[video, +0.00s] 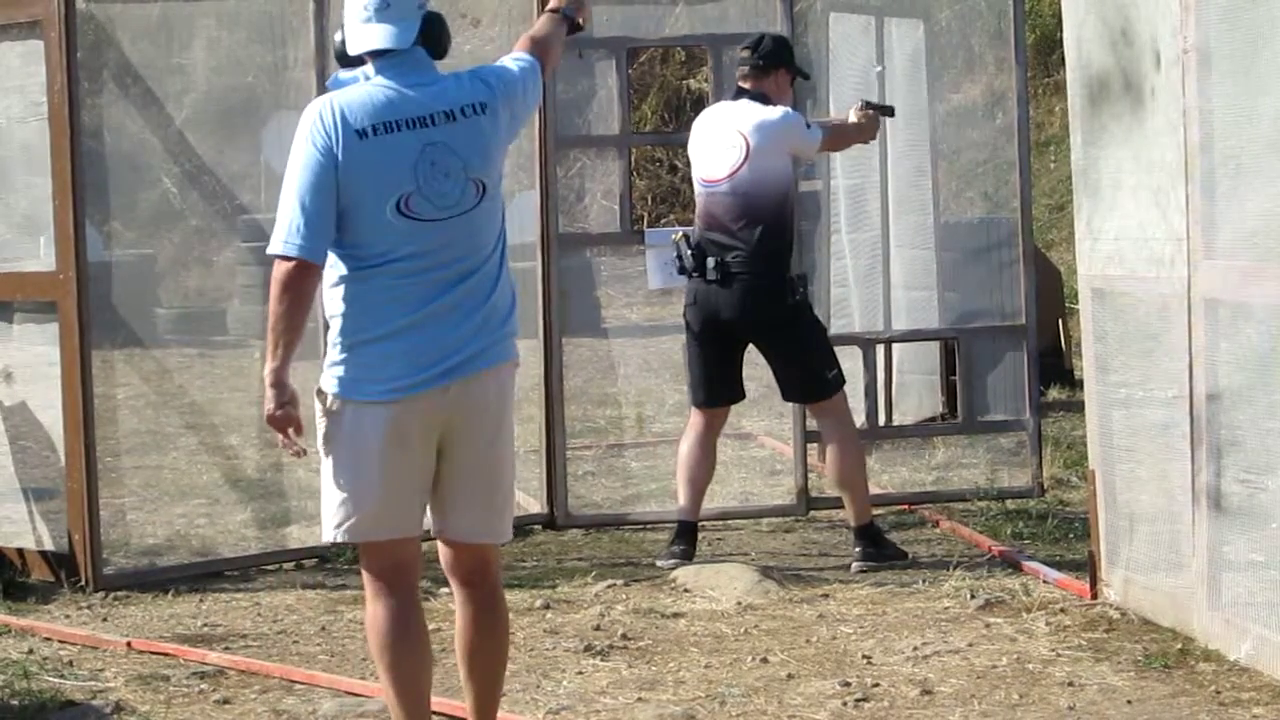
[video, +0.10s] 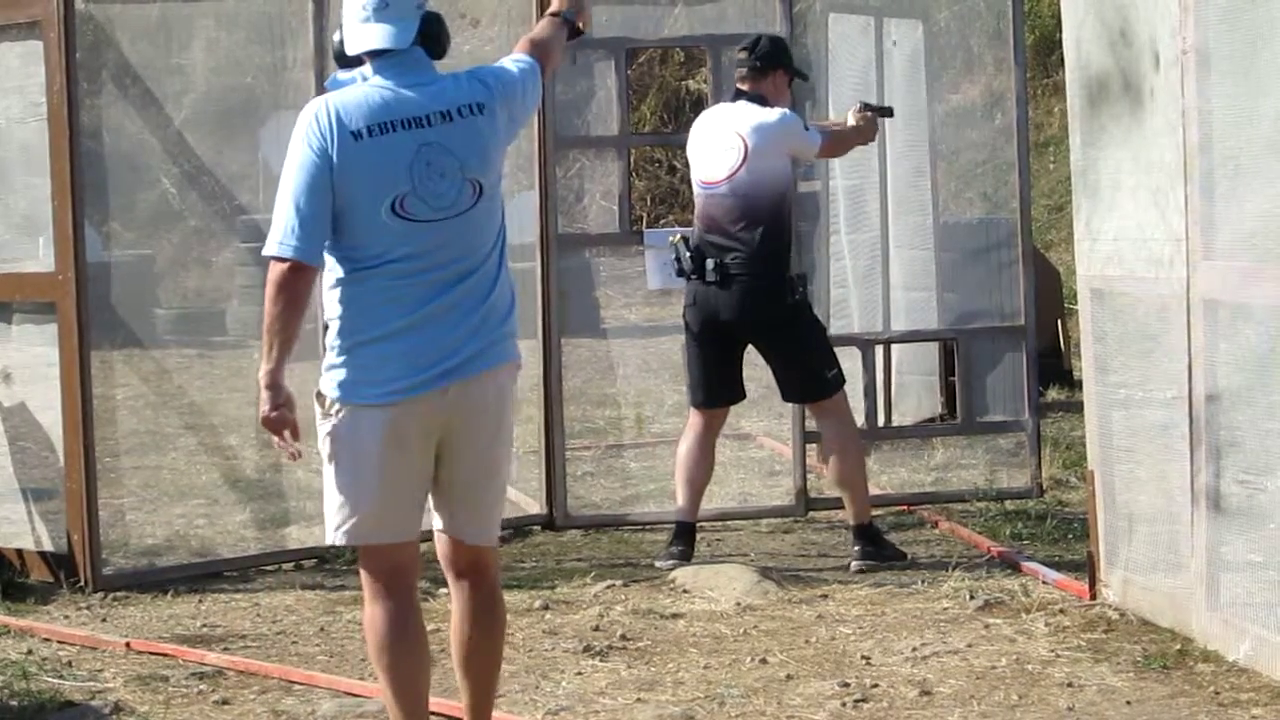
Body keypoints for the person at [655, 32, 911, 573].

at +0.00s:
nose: (792, 90)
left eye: (792, 83)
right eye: (791, 81)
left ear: (742, 75)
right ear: (777, 77)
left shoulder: (702, 121)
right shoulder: (782, 123)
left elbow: (795, 137)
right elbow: (842, 137)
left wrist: (844, 126)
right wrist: (865, 122)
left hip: (705, 297)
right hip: (768, 296)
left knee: (703, 419)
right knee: (834, 418)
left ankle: (682, 539)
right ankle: (867, 538)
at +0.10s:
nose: (790, 91)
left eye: (790, 83)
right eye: (789, 82)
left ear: (740, 77)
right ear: (775, 79)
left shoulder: (702, 123)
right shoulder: (780, 123)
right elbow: (833, 145)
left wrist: (841, 131)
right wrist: (860, 127)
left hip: (704, 298)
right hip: (767, 296)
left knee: (702, 418)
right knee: (832, 412)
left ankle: (680, 539)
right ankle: (866, 537)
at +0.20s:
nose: (791, 93)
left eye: (788, 86)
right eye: (791, 86)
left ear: (738, 85)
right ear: (783, 84)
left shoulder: (705, 134)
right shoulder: (786, 130)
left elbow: (762, 181)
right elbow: (847, 185)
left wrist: (827, 147)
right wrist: (854, 146)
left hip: (711, 298)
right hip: (777, 296)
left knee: (703, 420)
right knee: (837, 413)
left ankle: (679, 540)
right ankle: (883, 533)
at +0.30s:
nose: (732, 115)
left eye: (733, 109)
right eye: (740, 109)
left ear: (741, 109)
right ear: (785, 108)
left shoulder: (710, 163)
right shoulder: (806, 151)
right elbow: (866, 222)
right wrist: (850, 180)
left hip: (724, 309)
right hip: (793, 308)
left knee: (690, 413)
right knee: (846, 420)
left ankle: (681, 535)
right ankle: (895, 538)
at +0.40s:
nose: (707, 140)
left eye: (709, 131)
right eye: (707, 132)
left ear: (726, 128)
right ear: (759, 129)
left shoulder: (703, 178)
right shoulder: (804, 173)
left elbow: (668, 265)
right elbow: (863, 246)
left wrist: (682, 297)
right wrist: (829, 212)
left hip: (727, 327)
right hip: (798, 327)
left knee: (663, 406)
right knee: (847, 427)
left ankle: (677, 532)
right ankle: (894, 537)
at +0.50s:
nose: (655, 147)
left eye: (658, 135)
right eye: (654, 137)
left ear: (680, 127)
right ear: (703, 129)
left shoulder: (673, 172)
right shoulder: (761, 173)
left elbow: (647, 217)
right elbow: (823, 241)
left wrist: (618, 280)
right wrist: (776, 233)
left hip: (711, 329)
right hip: (778, 329)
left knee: (620, 400)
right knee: (831, 430)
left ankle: (646, 529)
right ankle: (894, 536)